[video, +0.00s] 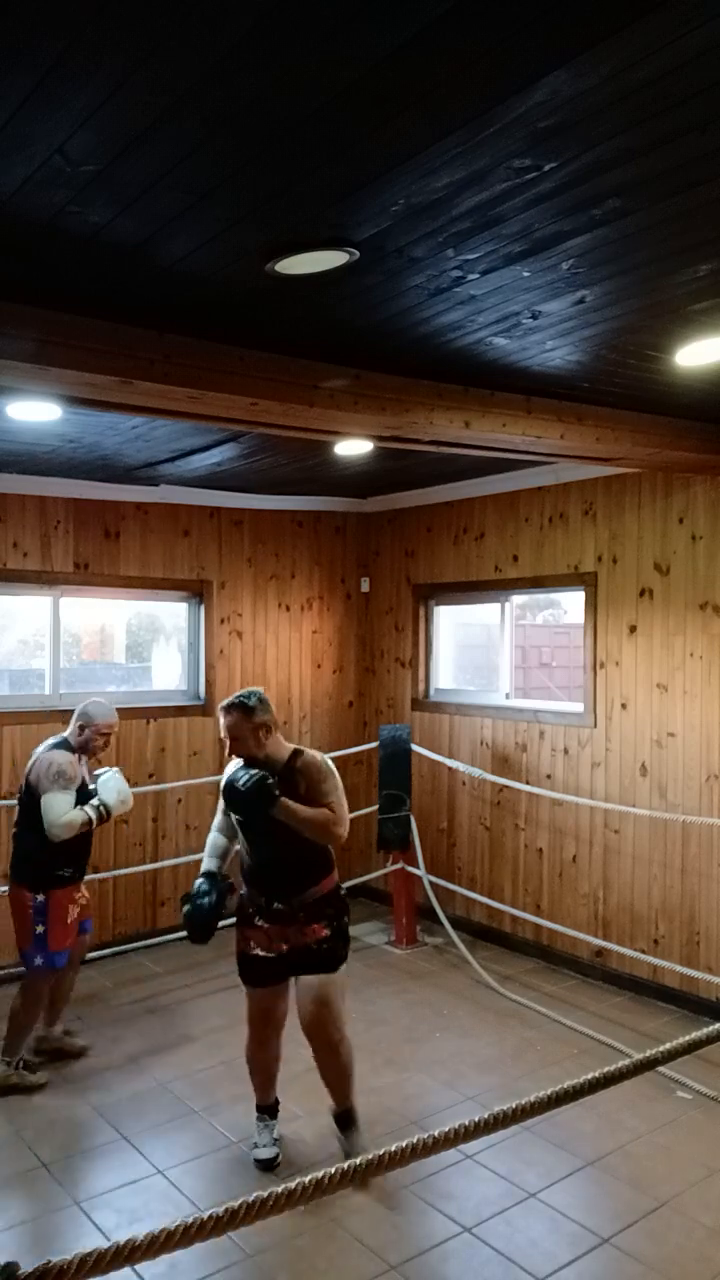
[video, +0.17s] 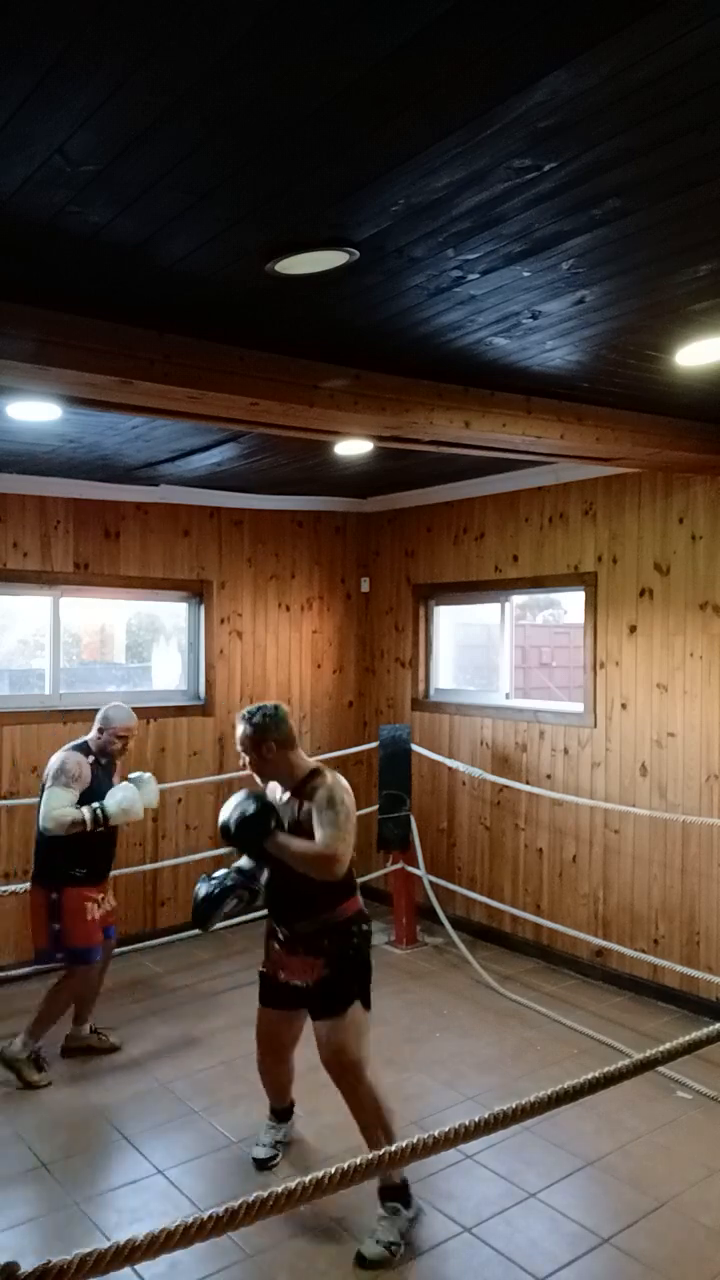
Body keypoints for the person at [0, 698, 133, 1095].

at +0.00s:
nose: (107, 743)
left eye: (110, 736)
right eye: (103, 736)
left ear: (92, 730)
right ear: (81, 729)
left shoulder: (76, 756)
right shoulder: (56, 760)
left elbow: (73, 806)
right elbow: (58, 826)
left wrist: (101, 794)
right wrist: (102, 806)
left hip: (65, 880)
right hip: (39, 885)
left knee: (78, 941)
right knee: (44, 970)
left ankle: (50, 1032)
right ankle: (9, 1060)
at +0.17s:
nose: (124, 744)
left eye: (128, 738)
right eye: (119, 737)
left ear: (126, 736)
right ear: (99, 732)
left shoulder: (109, 762)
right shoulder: (70, 762)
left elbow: (101, 806)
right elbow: (53, 818)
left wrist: (130, 795)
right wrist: (106, 811)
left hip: (93, 880)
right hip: (65, 884)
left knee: (104, 948)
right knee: (84, 963)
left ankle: (80, 1032)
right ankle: (23, 1046)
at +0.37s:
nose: (142, 739)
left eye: (146, 731)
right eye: (135, 731)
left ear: (148, 728)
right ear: (115, 723)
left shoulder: (139, 755)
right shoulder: (85, 754)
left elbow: (150, 805)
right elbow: (49, 806)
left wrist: (159, 791)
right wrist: (94, 807)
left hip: (120, 867)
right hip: (92, 868)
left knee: (105, 953)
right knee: (120, 954)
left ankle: (84, 1030)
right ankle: (85, 1039)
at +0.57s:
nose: (157, 741)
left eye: (161, 733)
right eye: (149, 734)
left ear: (165, 730)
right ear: (130, 730)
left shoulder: (162, 754)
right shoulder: (103, 761)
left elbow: (183, 788)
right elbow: (77, 819)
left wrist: (181, 782)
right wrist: (119, 809)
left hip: (148, 871)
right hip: (115, 875)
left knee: (135, 953)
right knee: (135, 956)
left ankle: (91, 1019)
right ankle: (129, 1049)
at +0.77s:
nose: (176, 741)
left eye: (180, 734)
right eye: (167, 735)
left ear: (186, 729)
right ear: (150, 730)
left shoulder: (184, 754)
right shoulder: (125, 761)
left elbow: (193, 799)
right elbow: (110, 822)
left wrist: (214, 781)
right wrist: (156, 804)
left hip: (178, 873)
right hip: (140, 880)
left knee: (200, 940)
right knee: (146, 964)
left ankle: (166, 1006)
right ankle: (130, 1050)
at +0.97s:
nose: (204, 743)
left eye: (209, 736)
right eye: (196, 736)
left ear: (215, 731)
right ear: (178, 731)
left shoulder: (217, 758)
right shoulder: (152, 760)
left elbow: (240, 798)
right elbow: (123, 817)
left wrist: (234, 791)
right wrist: (166, 806)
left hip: (203, 874)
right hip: (162, 880)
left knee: (220, 950)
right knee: (169, 967)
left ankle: (217, 1023)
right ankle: (137, 1045)